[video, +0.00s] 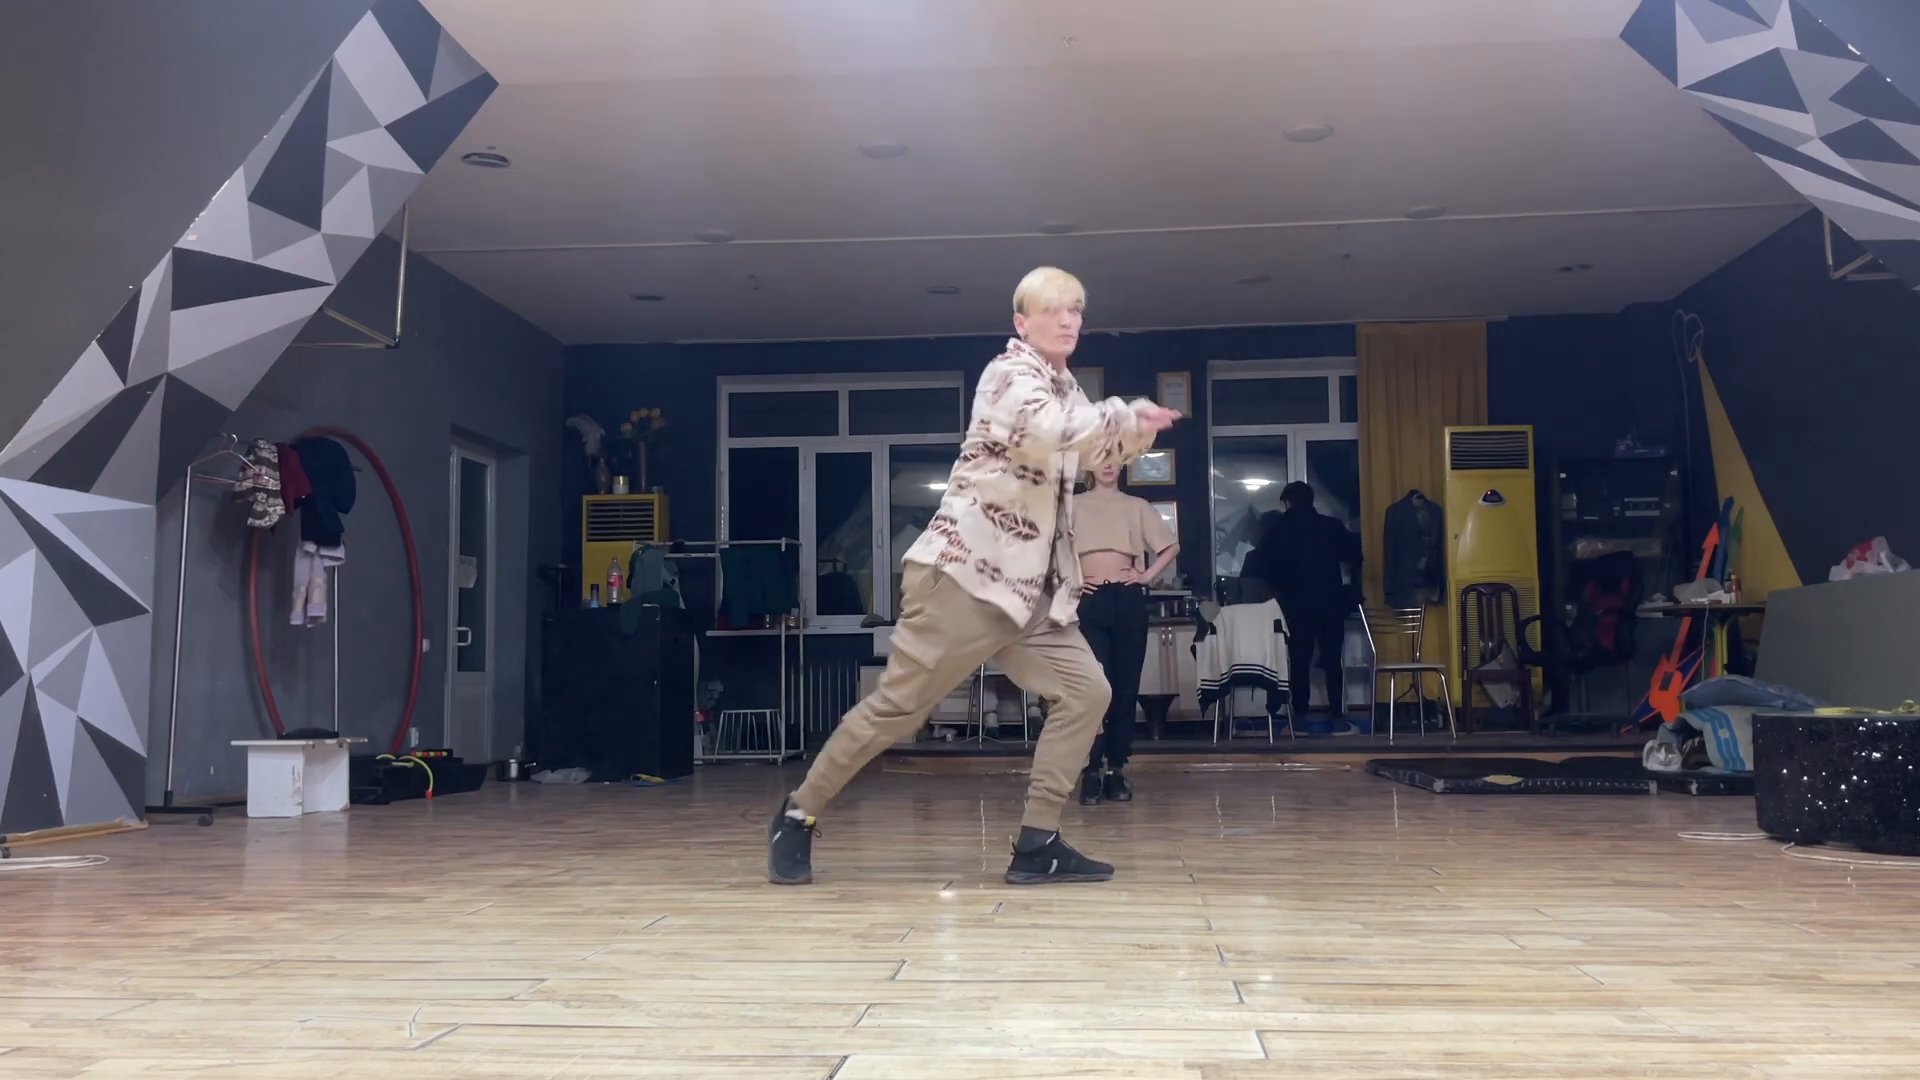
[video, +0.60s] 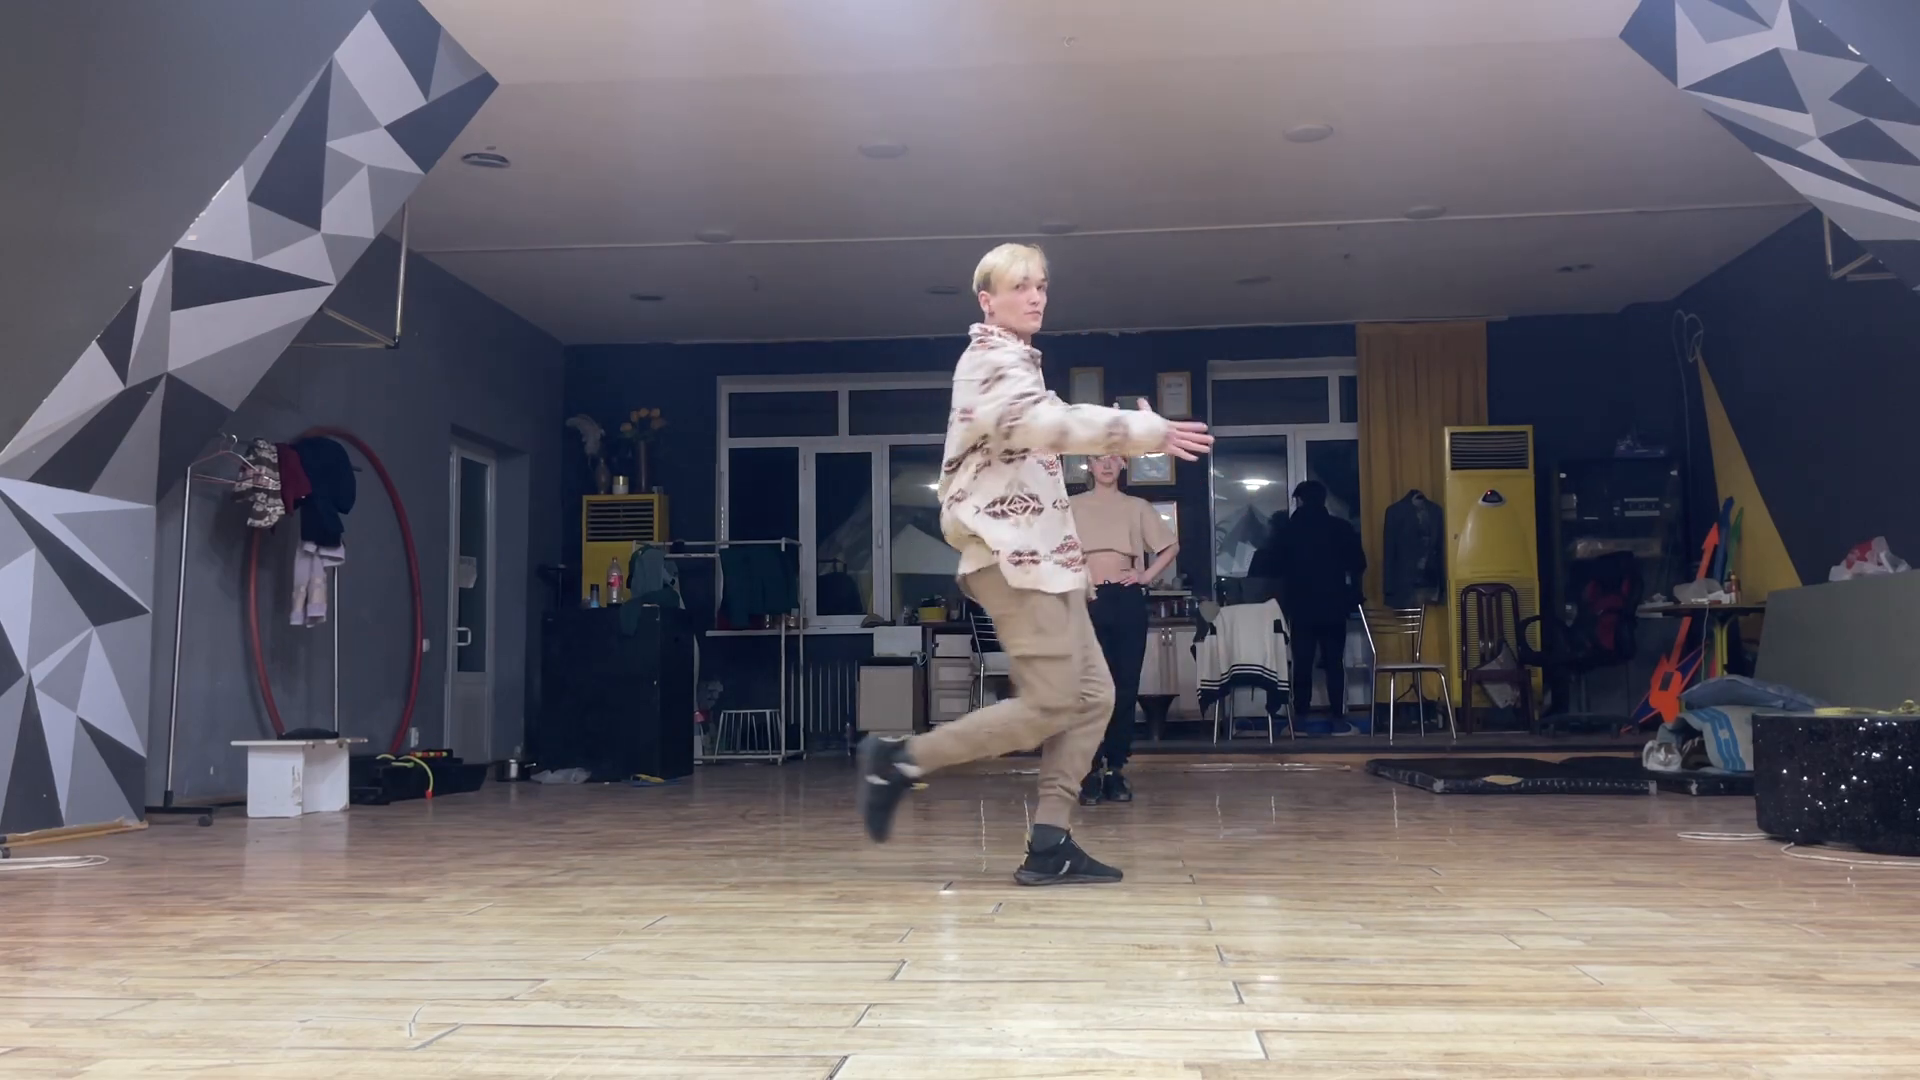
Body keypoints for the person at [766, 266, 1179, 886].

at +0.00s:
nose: (1073, 322)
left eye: (1078, 311)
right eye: (1060, 311)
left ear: (1079, 320)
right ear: (1023, 321)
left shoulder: (1067, 390)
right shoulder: (1011, 375)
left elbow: (1083, 460)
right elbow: (1048, 429)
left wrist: (1121, 449)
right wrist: (1123, 417)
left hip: (1022, 588)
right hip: (959, 575)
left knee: (1086, 692)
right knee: (896, 708)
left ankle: (1038, 841)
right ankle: (797, 816)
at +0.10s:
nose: (1040, 289)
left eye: (1049, 278)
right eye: (1026, 277)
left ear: (1059, 289)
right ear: (998, 288)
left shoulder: (1060, 373)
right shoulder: (978, 360)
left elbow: (1094, 452)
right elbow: (993, 449)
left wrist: (1167, 486)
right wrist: (1076, 487)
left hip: (1046, 554)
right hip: (984, 546)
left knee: (1080, 693)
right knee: (1021, 685)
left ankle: (1023, 840)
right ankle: (909, 790)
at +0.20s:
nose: (1014, 293)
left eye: (1024, 283)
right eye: (1001, 281)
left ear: (1036, 293)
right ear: (975, 290)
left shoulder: (1054, 377)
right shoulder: (948, 370)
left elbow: (1098, 448)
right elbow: (905, 445)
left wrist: (1157, 488)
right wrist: (883, 442)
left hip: (1067, 537)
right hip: (1016, 537)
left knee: (1076, 696)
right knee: (1120, 632)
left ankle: (1023, 837)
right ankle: (1157, 817)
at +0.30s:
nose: (1003, 323)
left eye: (1012, 314)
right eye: (990, 310)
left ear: (1017, 320)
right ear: (957, 313)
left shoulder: (1033, 383)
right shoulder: (926, 398)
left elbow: (1091, 444)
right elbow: (850, 409)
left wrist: (1122, 448)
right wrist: (776, 350)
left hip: (1099, 539)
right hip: (1055, 549)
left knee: (1105, 697)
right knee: (1173, 660)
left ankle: (1039, 841)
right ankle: (1256, 814)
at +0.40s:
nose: (999, 332)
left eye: (1007, 322)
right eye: (986, 319)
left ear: (1012, 328)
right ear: (953, 324)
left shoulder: (1022, 383)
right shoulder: (929, 403)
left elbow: (1072, 438)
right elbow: (854, 414)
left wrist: (1086, 427)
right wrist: (801, 349)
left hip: (1102, 542)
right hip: (1063, 558)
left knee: (1112, 696)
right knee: (1181, 664)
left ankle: (1044, 837)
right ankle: (1229, 826)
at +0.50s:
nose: (1019, 306)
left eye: (1026, 296)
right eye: (1006, 295)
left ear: (1030, 305)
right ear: (973, 305)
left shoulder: (1028, 367)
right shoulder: (949, 376)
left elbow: (1062, 435)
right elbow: (931, 425)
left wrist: (1086, 437)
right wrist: (968, 404)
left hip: (1063, 539)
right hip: (1038, 544)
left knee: (1099, 684)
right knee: (1153, 644)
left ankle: (1046, 845)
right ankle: (1065, 790)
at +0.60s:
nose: (1037, 298)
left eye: (1041, 287)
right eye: (1022, 287)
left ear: (1040, 295)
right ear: (987, 300)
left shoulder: (1014, 360)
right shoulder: (992, 360)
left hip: (1039, 557)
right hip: (1008, 558)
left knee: (1095, 695)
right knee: (1052, 703)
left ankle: (1050, 840)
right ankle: (900, 761)